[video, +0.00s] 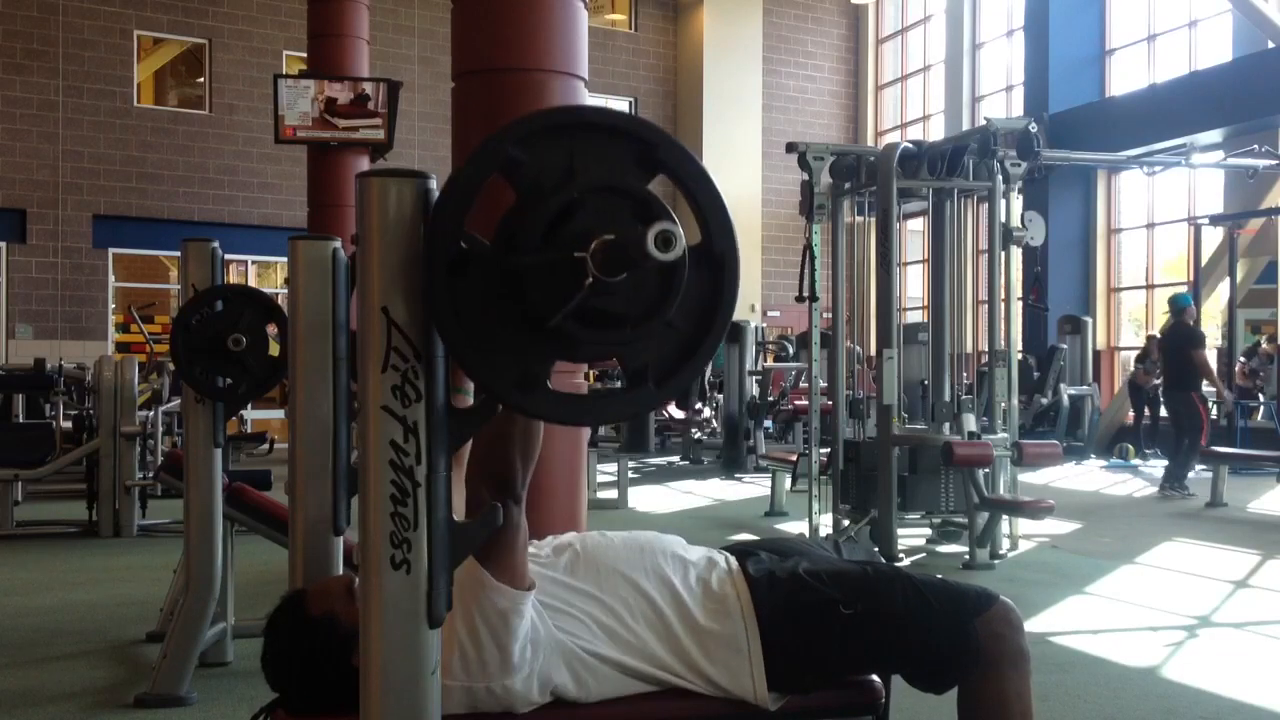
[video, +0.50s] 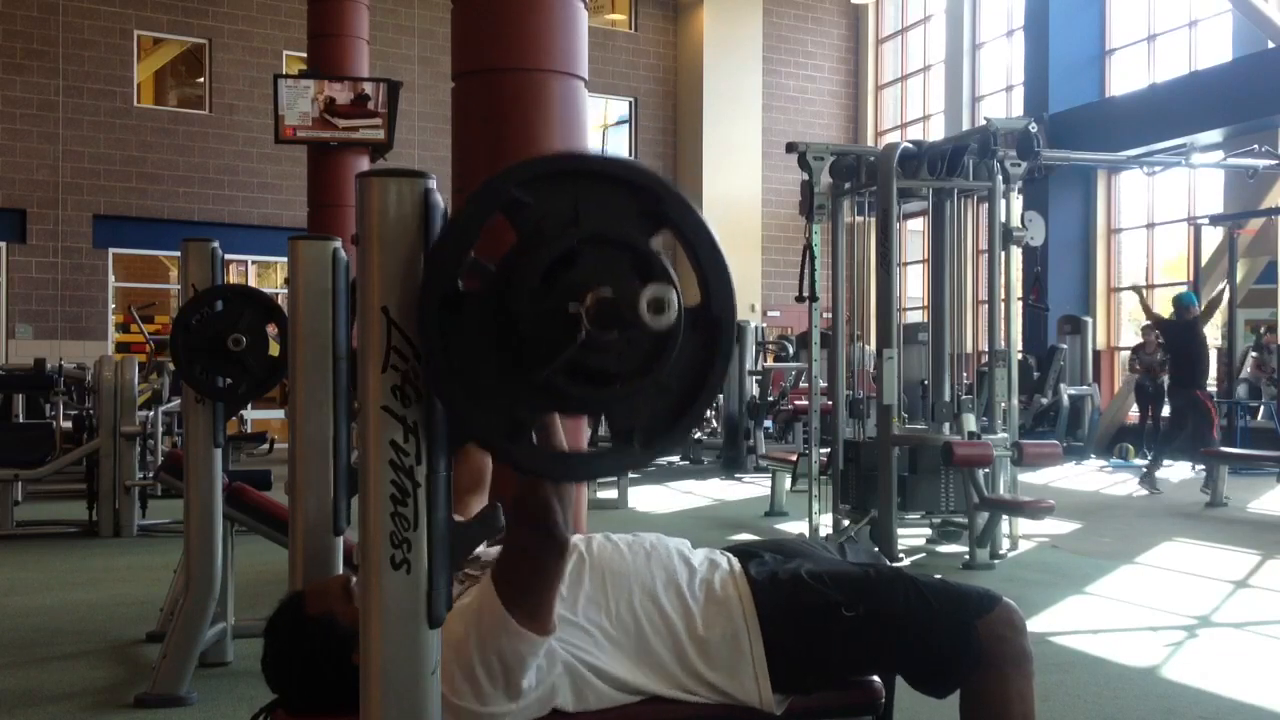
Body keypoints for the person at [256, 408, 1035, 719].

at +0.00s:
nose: (363, 571)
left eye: (347, 571)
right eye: (348, 587)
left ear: (349, 645)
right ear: (358, 640)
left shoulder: (445, 627)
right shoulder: (469, 667)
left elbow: (490, 476)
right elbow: (508, 479)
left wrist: (503, 340)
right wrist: (528, 316)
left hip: (725, 575)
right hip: (749, 617)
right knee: (990, 627)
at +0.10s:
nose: (363, 571)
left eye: (347, 571)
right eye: (348, 587)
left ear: (349, 648)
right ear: (356, 642)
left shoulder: (446, 635)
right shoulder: (469, 670)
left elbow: (488, 484)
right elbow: (505, 481)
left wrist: (497, 336)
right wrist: (530, 311)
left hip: (724, 576)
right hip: (747, 616)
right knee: (990, 628)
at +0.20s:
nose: (368, 575)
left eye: (353, 575)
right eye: (353, 592)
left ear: (351, 659)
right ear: (361, 651)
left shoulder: (444, 630)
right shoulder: (472, 670)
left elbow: (487, 484)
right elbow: (502, 483)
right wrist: (526, 306)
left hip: (722, 574)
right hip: (748, 616)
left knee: (858, 567)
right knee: (990, 628)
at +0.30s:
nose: (362, 581)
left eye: (346, 582)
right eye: (346, 597)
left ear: (354, 639)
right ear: (358, 649)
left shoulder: (438, 629)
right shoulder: (461, 679)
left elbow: (489, 498)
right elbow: (501, 506)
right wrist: (516, 357)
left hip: (717, 578)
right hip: (739, 620)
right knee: (990, 627)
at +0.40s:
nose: (361, 579)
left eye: (344, 582)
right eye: (346, 596)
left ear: (352, 641)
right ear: (358, 647)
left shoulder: (437, 624)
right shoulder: (465, 682)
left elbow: (482, 500)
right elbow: (513, 505)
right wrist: (506, 336)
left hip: (719, 579)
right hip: (741, 620)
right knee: (989, 625)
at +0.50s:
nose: (365, 572)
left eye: (348, 572)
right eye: (349, 591)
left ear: (348, 664)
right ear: (358, 651)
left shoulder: (447, 633)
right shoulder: (470, 675)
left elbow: (554, 516)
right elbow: (541, 523)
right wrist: (510, 362)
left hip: (730, 578)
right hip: (754, 616)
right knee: (992, 629)